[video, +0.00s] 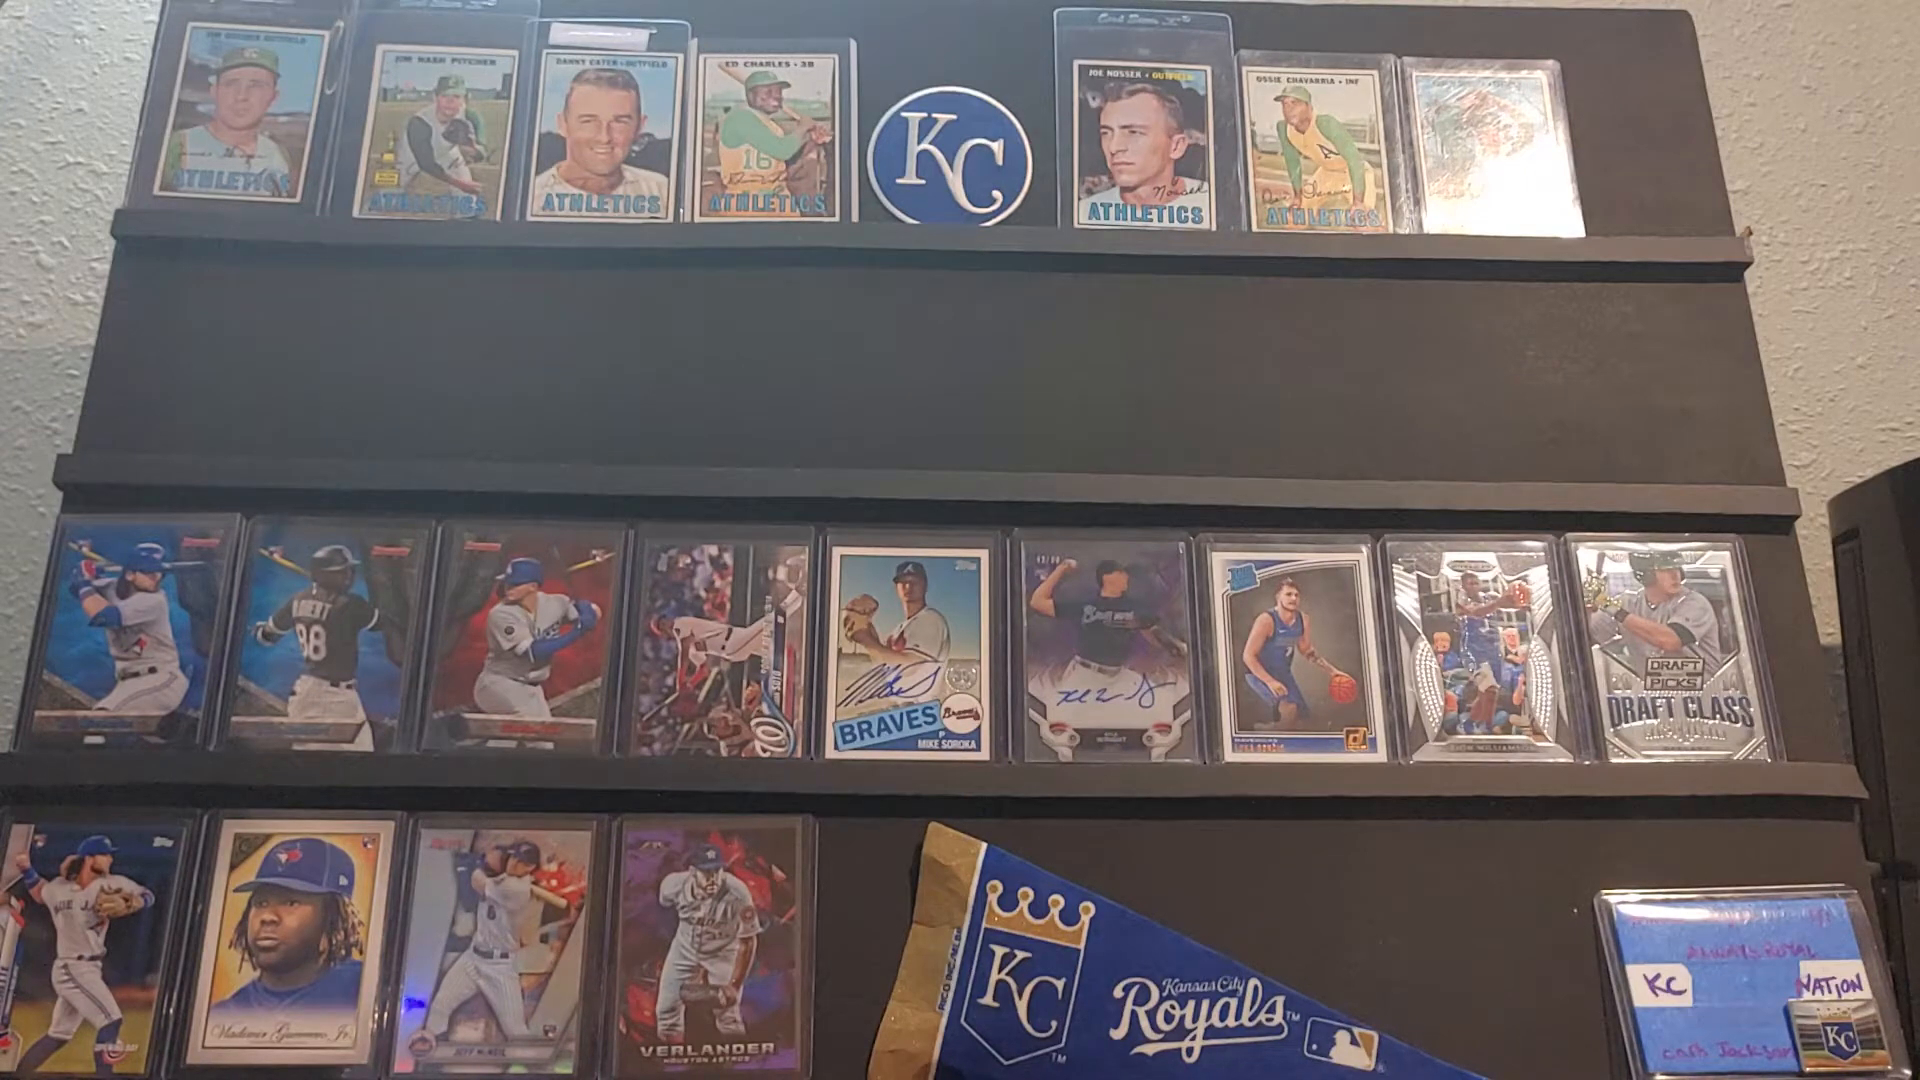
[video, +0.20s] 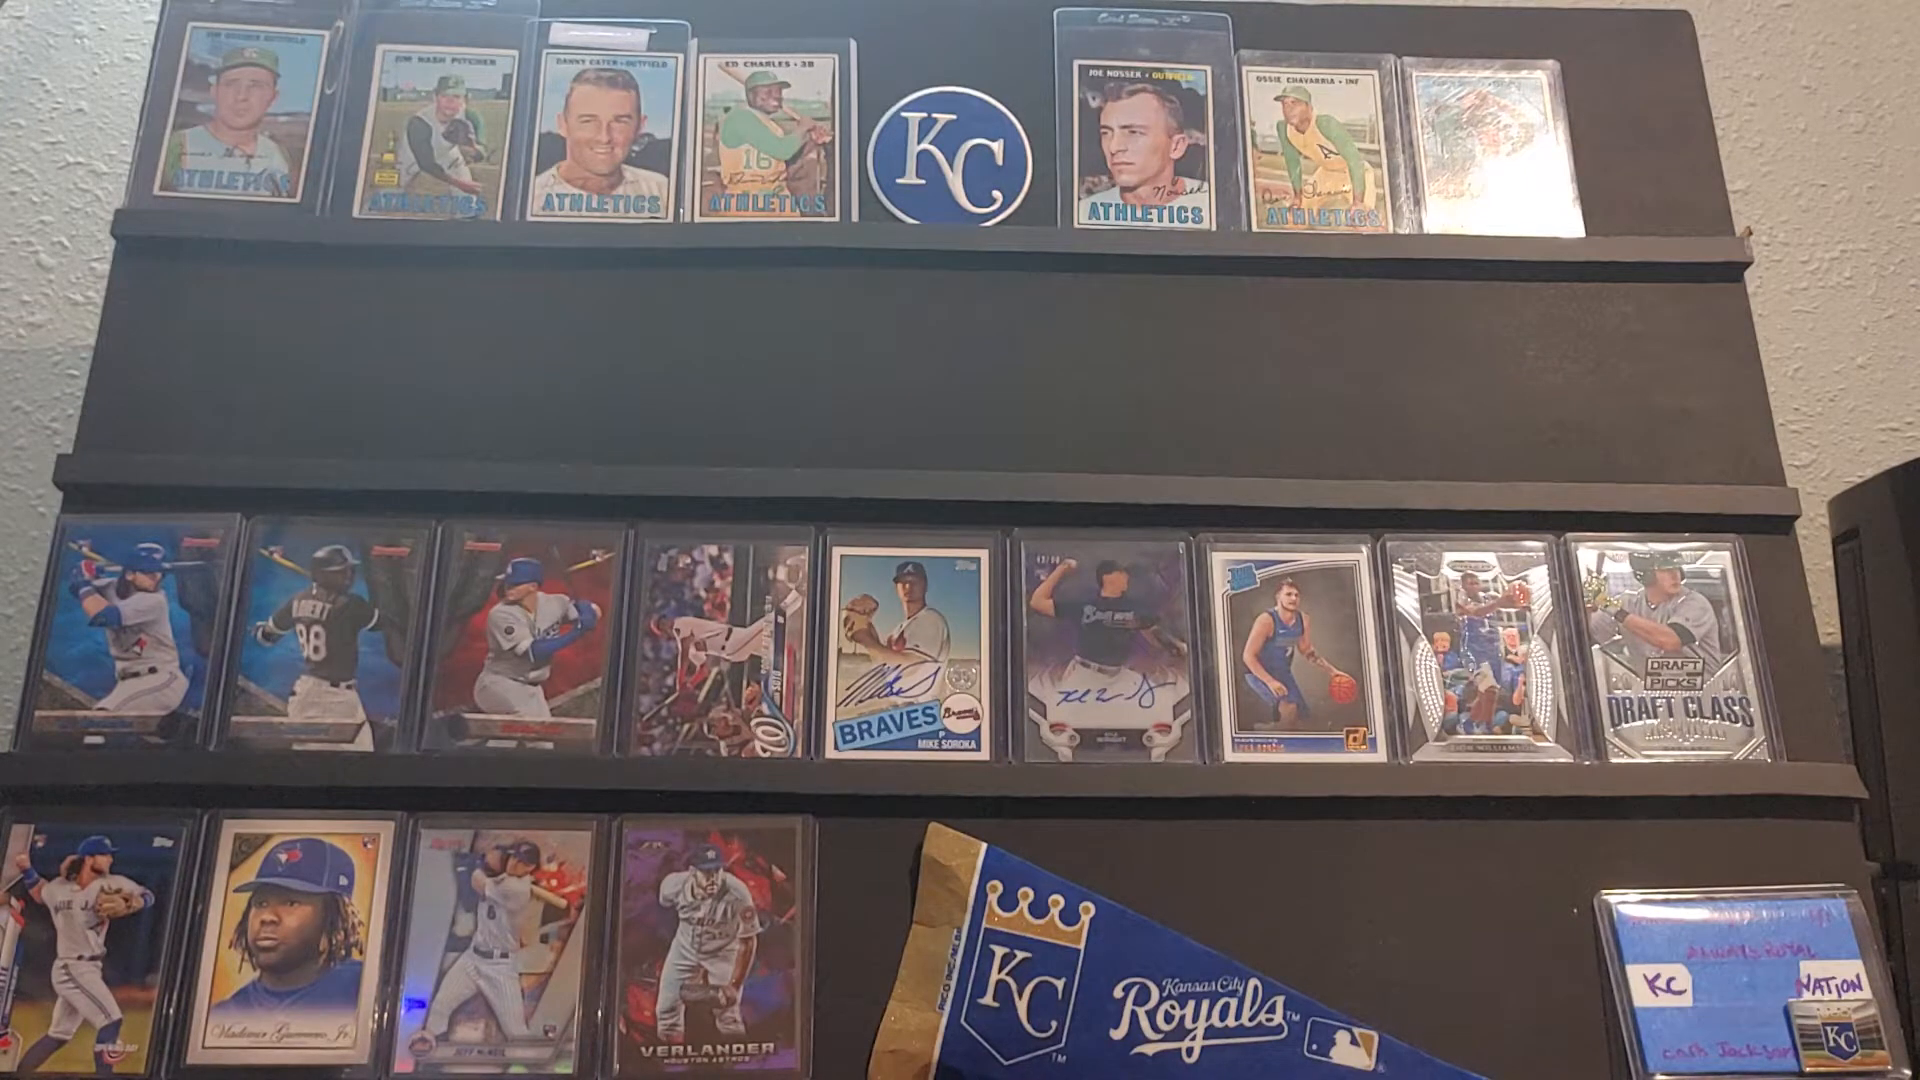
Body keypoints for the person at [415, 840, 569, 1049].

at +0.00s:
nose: (514, 865)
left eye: (521, 863)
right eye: (513, 859)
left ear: (531, 868)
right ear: (509, 858)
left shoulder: (517, 890)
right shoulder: (502, 879)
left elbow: (477, 881)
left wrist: (485, 866)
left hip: (501, 965)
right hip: (473, 957)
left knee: (515, 1030)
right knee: (441, 1004)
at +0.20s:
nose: (515, 865)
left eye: (522, 863)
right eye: (515, 859)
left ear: (531, 868)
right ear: (510, 858)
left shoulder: (517, 890)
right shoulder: (502, 879)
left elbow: (477, 881)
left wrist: (486, 865)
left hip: (500, 965)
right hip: (472, 958)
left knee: (515, 1030)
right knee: (440, 1005)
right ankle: (425, 1060)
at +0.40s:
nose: (514, 863)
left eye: (521, 861)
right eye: (514, 858)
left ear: (530, 868)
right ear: (510, 858)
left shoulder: (517, 889)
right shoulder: (503, 878)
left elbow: (477, 882)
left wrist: (481, 866)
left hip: (500, 965)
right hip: (472, 958)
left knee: (515, 1030)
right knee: (441, 1003)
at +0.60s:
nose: (513, 863)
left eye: (519, 861)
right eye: (513, 858)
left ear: (530, 868)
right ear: (509, 858)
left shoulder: (518, 889)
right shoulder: (502, 878)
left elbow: (477, 883)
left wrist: (482, 867)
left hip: (501, 965)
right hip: (473, 958)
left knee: (515, 1030)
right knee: (440, 1004)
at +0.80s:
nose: (514, 864)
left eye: (521, 862)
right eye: (514, 858)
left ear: (530, 868)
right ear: (510, 858)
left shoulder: (517, 889)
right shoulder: (503, 879)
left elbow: (477, 882)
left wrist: (482, 865)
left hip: (500, 965)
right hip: (472, 958)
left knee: (515, 1030)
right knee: (440, 1005)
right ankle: (424, 1062)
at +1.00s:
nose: (514, 864)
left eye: (521, 862)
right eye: (514, 859)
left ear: (530, 868)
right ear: (510, 858)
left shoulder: (517, 889)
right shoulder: (503, 879)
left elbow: (477, 882)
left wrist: (483, 865)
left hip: (500, 965)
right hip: (472, 958)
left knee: (515, 1029)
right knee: (440, 1005)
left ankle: (536, 1070)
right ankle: (424, 1062)